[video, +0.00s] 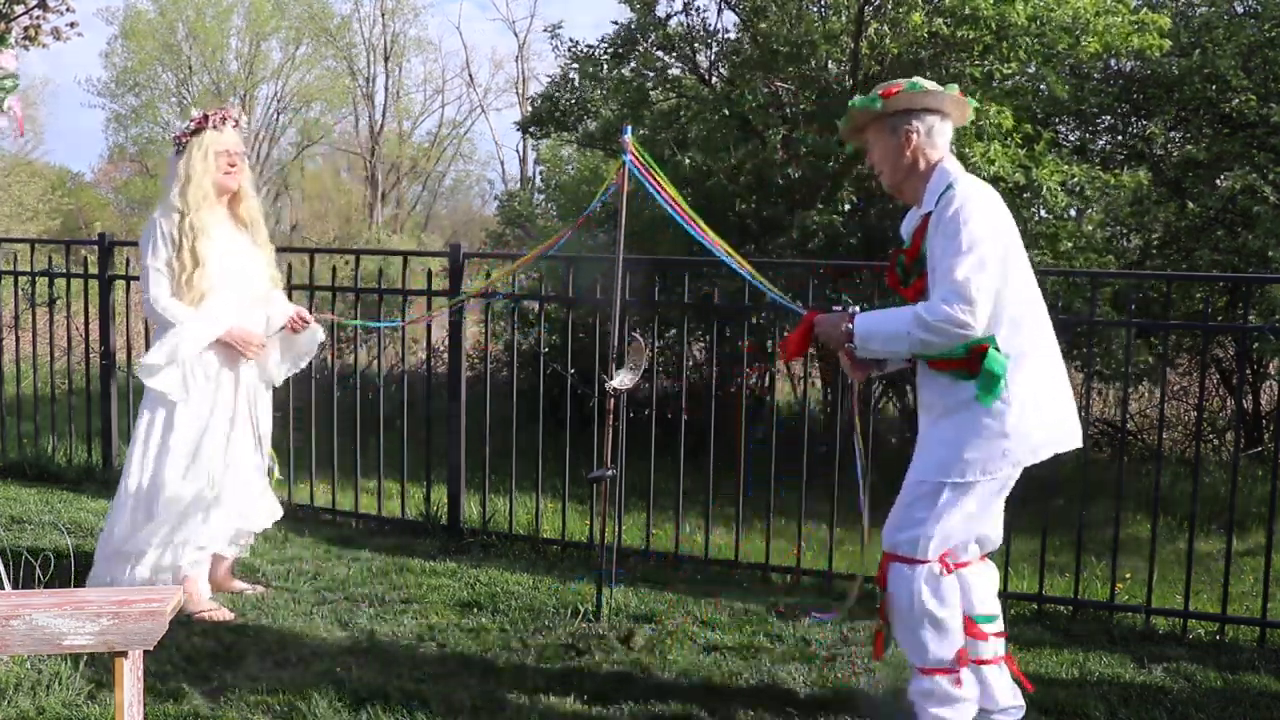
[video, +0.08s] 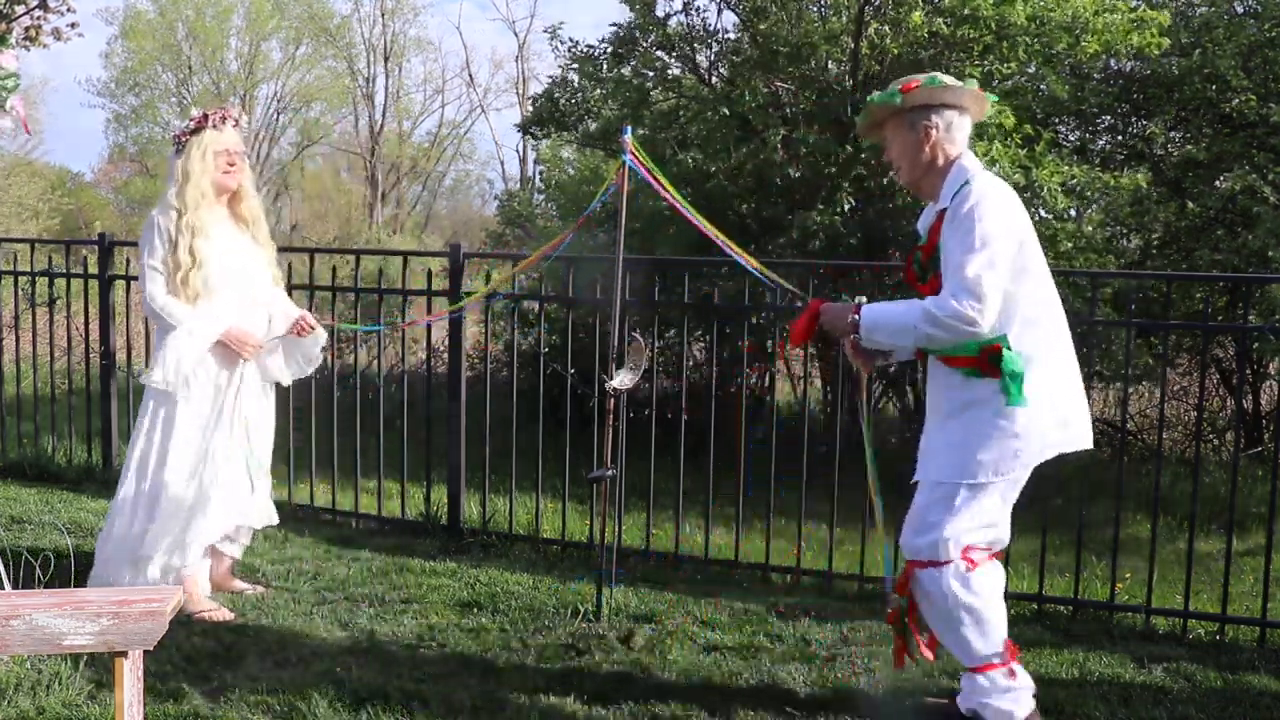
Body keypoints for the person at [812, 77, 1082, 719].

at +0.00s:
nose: (867, 165)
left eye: (871, 148)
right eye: (864, 151)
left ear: (913, 140)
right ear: (917, 143)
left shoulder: (964, 205)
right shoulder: (940, 211)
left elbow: (962, 316)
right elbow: (950, 327)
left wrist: (856, 328)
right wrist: (878, 353)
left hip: (982, 414)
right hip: (980, 414)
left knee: (914, 547)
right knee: (962, 551)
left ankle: (942, 701)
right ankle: (994, 696)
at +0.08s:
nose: (884, 159)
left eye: (889, 142)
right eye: (882, 146)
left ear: (933, 135)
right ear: (933, 137)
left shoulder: (981, 201)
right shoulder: (950, 210)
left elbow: (971, 313)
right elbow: (956, 321)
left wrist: (861, 318)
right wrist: (881, 343)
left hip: (997, 410)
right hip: (971, 410)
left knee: (943, 546)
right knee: (940, 545)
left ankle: (999, 698)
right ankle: (990, 686)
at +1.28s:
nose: (1029, 152)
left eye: (1037, 136)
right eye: (1027, 139)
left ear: (1089, 137)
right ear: (1078, 141)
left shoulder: (1138, 223)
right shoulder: (1066, 223)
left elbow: (1107, 341)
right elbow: (1047, 322)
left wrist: (987, 326)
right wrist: (978, 328)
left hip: (1137, 451)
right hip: (1081, 442)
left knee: (1072, 602)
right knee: (1031, 568)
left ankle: (1095, 713)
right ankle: (1079, 702)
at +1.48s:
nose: (1043, 137)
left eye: (1051, 120)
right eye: (1040, 123)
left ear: (1101, 116)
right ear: (1087, 120)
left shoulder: (1143, 202)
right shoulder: (1082, 203)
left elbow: (1100, 314)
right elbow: (1057, 312)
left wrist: (979, 284)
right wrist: (972, 292)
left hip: (1132, 441)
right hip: (1083, 433)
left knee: (1093, 601)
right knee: (1035, 559)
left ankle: (1090, 711)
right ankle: (1087, 696)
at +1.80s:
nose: (1038, 138)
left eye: (1046, 122)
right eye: (1037, 124)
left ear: (1094, 123)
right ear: (1087, 126)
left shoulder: (1142, 210)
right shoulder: (1074, 206)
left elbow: (1114, 335)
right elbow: (1052, 306)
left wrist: (996, 316)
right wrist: (985, 309)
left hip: (1128, 447)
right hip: (1077, 437)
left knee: (1084, 598)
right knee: (1040, 564)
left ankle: (1098, 713)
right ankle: (1074, 697)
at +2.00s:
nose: (1036, 146)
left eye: (1046, 130)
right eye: (1035, 133)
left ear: (1093, 132)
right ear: (1079, 136)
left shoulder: (1132, 217)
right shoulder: (1075, 218)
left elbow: (1099, 336)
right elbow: (1054, 322)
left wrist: (982, 326)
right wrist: (979, 324)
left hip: (1108, 457)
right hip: (1064, 450)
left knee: (1066, 604)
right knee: (1029, 584)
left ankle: (1090, 713)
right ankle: (1084, 699)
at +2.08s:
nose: (1034, 135)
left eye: (1044, 120)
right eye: (1033, 122)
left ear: (1091, 123)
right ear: (1077, 126)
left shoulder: (1121, 204)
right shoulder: (1079, 206)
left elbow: (1085, 319)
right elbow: (1055, 311)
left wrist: (970, 306)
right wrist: (967, 303)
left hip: (1102, 449)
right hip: (1066, 445)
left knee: (1073, 599)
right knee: (1046, 594)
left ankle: (1091, 713)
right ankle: (1076, 706)